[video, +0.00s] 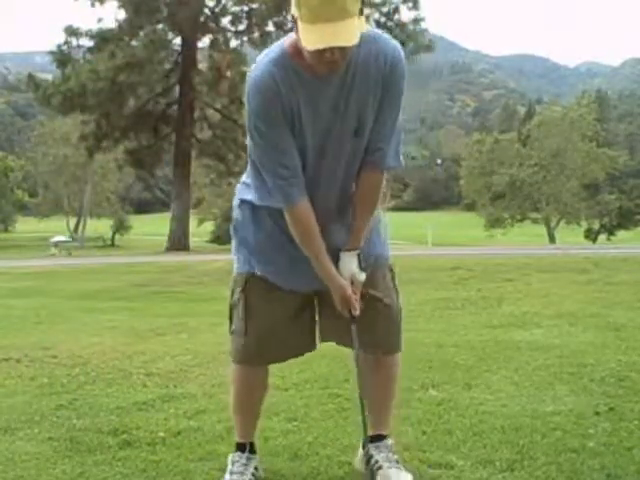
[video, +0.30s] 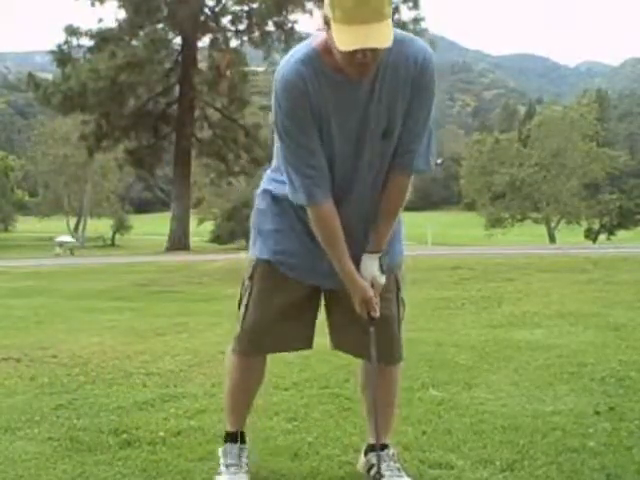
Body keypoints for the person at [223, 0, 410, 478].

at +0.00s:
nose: (329, 53)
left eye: (340, 41)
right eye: (317, 43)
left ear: (358, 23)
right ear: (295, 23)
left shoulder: (385, 59)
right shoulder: (268, 79)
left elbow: (376, 161)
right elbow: (288, 192)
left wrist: (353, 250)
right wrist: (330, 273)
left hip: (356, 221)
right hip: (274, 222)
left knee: (382, 328)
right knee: (251, 340)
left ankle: (379, 446)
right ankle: (243, 453)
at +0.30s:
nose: (365, 58)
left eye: (374, 48)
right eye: (352, 50)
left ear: (387, 27)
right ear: (326, 30)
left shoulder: (414, 64)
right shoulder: (296, 78)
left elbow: (402, 168)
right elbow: (315, 194)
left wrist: (374, 254)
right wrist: (349, 275)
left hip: (373, 221)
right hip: (293, 216)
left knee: (384, 339)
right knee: (253, 334)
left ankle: (379, 452)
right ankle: (233, 445)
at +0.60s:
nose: (366, 64)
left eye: (376, 52)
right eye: (353, 54)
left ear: (390, 32)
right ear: (327, 31)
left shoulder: (406, 67)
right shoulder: (294, 82)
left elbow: (394, 171)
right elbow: (310, 199)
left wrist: (370, 260)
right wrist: (347, 279)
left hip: (360, 225)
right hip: (283, 222)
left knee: (378, 340)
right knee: (250, 341)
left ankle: (380, 453)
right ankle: (229, 454)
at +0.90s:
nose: (342, 68)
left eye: (353, 56)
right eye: (329, 58)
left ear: (366, 36)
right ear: (307, 37)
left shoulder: (388, 71)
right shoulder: (274, 88)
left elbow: (376, 173)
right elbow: (292, 200)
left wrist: (352, 259)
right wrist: (328, 277)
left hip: (347, 227)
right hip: (270, 226)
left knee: (368, 342)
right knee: (244, 342)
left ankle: (377, 451)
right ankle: (226, 453)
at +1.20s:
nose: (335, 64)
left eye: (344, 52)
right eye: (321, 55)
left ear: (358, 31)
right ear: (299, 35)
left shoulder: (383, 65)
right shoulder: (269, 86)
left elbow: (375, 168)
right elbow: (290, 198)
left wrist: (353, 256)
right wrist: (329, 278)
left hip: (346, 225)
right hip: (270, 225)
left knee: (368, 338)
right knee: (243, 341)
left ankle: (377, 452)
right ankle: (225, 455)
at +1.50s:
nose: (352, 52)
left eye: (359, 41)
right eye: (339, 43)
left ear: (371, 23)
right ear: (314, 30)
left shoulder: (397, 56)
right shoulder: (288, 82)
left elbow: (398, 156)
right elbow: (315, 194)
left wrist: (387, 241)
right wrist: (365, 266)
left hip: (363, 229)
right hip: (291, 228)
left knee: (382, 346)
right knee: (259, 348)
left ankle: (379, 453)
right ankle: (228, 454)